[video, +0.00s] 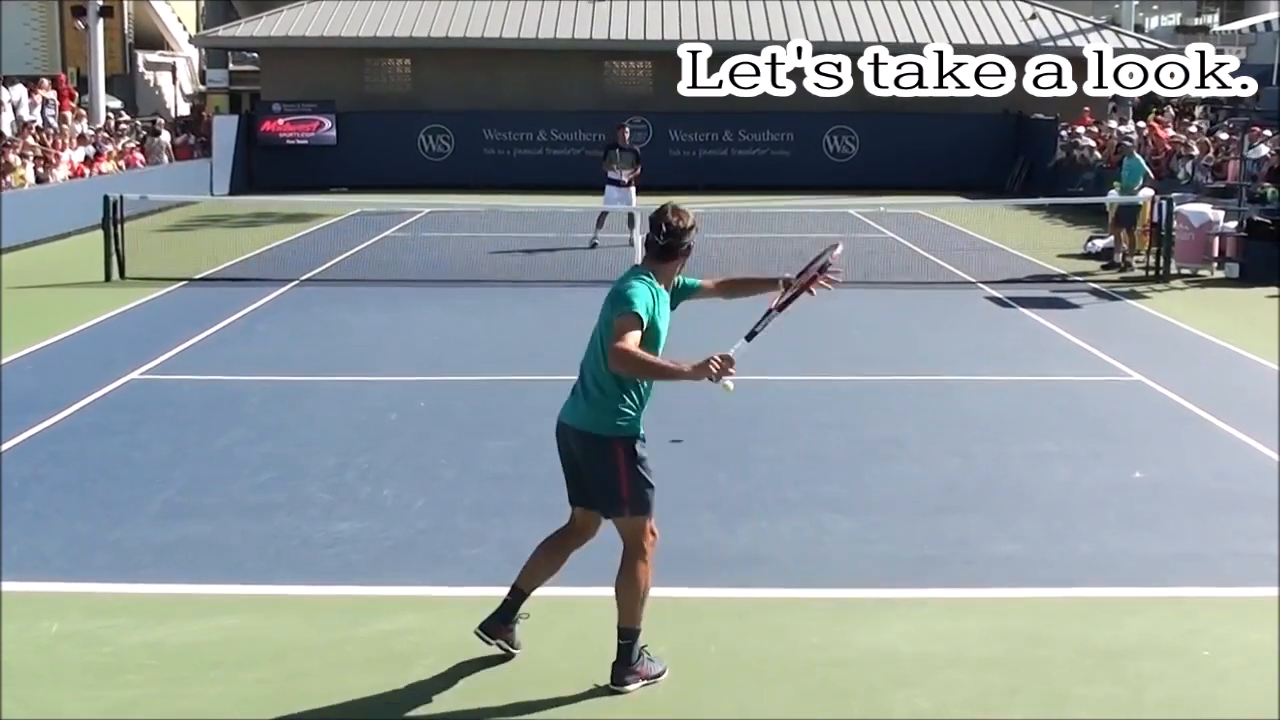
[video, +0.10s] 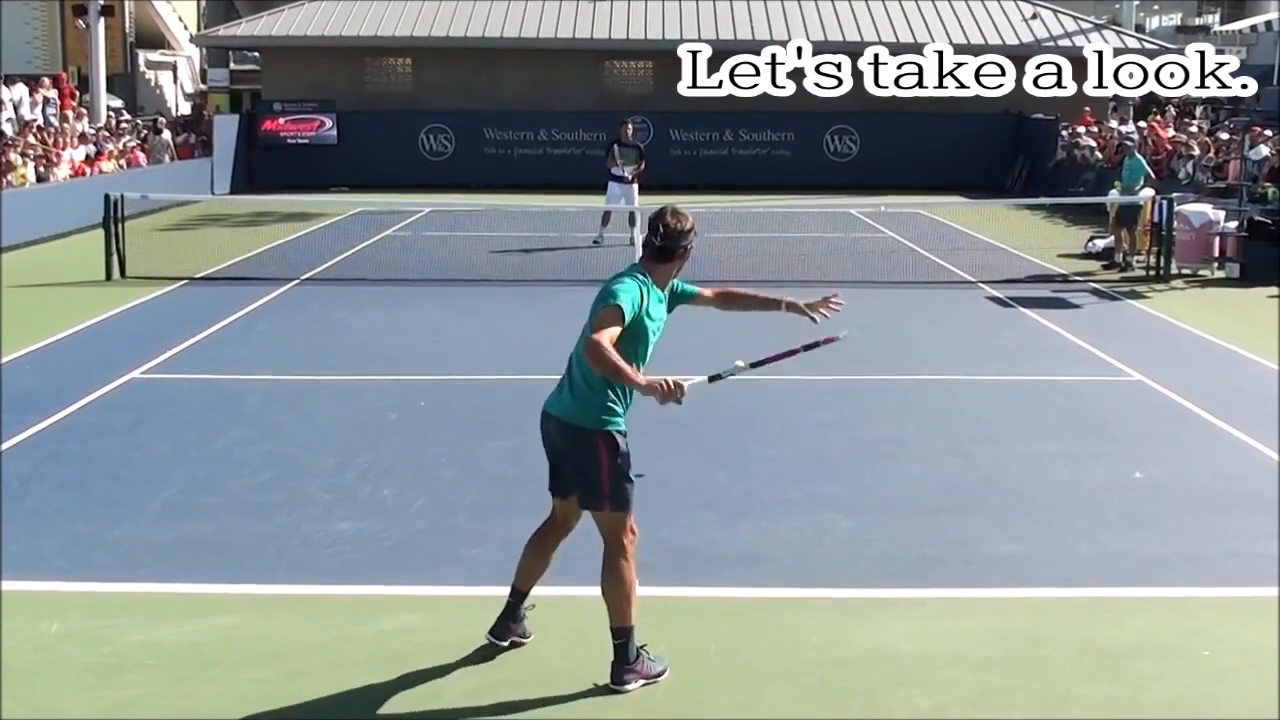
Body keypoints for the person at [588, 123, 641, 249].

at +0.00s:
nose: (625, 135)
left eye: (627, 132)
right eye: (623, 132)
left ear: (629, 134)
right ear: (618, 134)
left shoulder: (634, 150)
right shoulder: (610, 149)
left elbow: (638, 168)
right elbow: (604, 165)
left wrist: (629, 177)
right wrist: (612, 168)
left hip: (628, 184)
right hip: (612, 184)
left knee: (631, 211)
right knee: (605, 210)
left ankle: (632, 236)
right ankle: (595, 236)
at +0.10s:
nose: (627, 131)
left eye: (629, 129)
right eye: (625, 129)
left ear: (632, 131)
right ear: (621, 130)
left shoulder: (637, 147)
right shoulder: (614, 146)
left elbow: (642, 163)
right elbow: (608, 163)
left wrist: (635, 173)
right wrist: (615, 163)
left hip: (631, 182)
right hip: (615, 181)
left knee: (633, 209)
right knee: (609, 208)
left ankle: (633, 235)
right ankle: (601, 234)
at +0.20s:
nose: (629, 131)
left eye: (631, 128)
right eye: (627, 128)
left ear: (634, 130)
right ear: (622, 130)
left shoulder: (639, 147)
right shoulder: (615, 144)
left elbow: (643, 163)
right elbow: (609, 163)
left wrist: (636, 173)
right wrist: (618, 162)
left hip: (632, 181)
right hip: (617, 180)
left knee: (634, 209)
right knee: (611, 207)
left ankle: (634, 235)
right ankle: (607, 234)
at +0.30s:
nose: (629, 134)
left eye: (631, 131)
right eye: (627, 131)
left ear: (635, 133)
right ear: (623, 133)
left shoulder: (639, 149)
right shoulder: (615, 147)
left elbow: (644, 167)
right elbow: (610, 167)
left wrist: (636, 177)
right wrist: (618, 165)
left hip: (632, 184)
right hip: (618, 183)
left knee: (635, 210)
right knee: (614, 209)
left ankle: (634, 236)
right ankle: (611, 235)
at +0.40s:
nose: (629, 134)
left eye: (631, 131)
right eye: (627, 131)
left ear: (635, 134)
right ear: (623, 133)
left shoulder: (639, 150)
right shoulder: (615, 148)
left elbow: (644, 167)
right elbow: (609, 166)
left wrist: (636, 177)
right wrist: (620, 167)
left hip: (632, 182)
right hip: (618, 181)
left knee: (635, 210)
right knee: (615, 209)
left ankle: (634, 235)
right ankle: (610, 234)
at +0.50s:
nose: (629, 128)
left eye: (631, 126)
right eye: (627, 126)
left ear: (634, 128)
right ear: (622, 128)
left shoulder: (640, 144)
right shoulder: (615, 142)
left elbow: (643, 161)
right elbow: (609, 159)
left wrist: (636, 171)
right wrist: (620, 160)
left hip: (633, 178)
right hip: (617, 178)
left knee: (635, 206)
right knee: (612, 205)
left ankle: (635, 230)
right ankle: (608, 229)